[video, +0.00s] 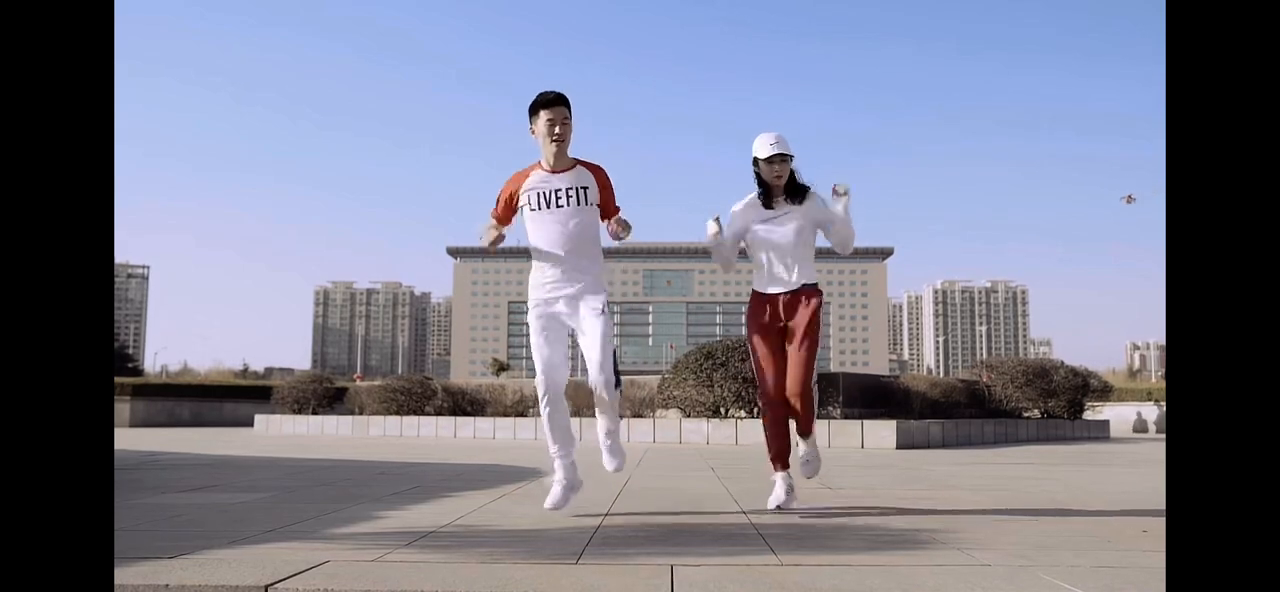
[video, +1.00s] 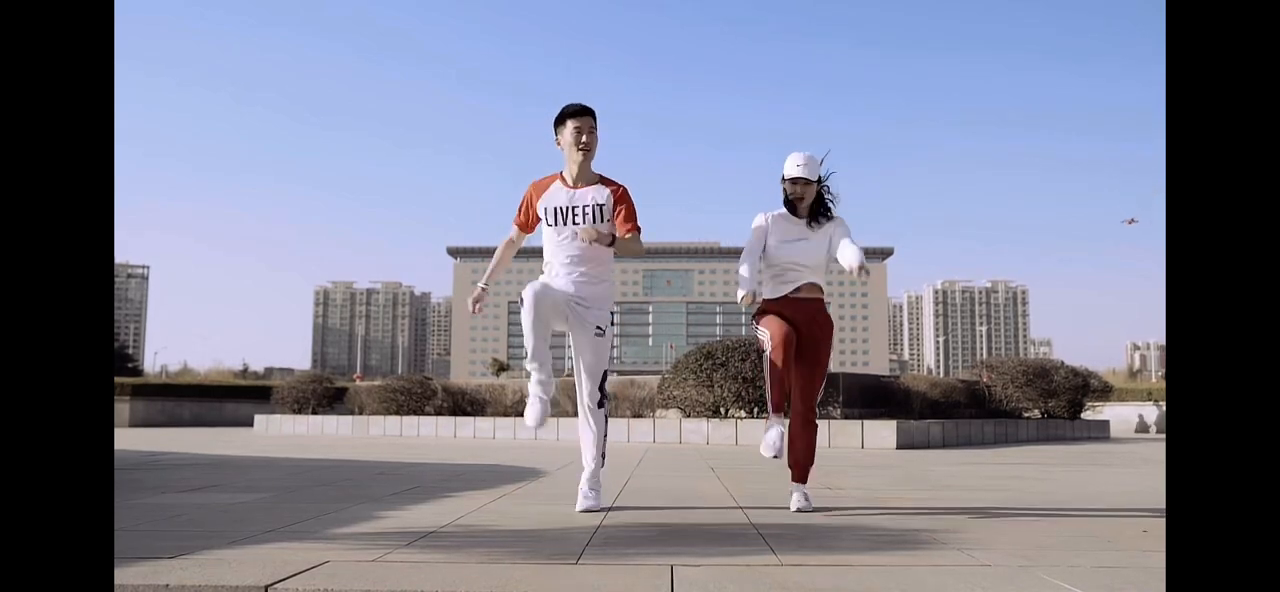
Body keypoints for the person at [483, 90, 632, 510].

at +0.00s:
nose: (558, 130)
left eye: (564, 123)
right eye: (550, 124)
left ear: (572, 128)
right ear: (534, 131)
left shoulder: (594, 175)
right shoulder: (520, 182)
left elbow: (614, 225)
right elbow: (495, 226)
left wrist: (619, 228)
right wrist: (493, 235)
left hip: (589, 290)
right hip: (544, 294)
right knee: (548, 386)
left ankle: (609, 432)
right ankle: (565, 473)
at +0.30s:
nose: (551, 133)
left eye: (557, 126)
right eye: (542, 128)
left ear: (565, 130)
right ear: (527, 136)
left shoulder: (591, 174)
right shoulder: (519, 189)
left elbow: (617, 222)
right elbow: (498, 239)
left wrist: (626, 257)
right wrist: (481, 270)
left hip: (589, 295)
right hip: (544, 300)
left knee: (604, 384)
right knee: (549, 396)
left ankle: (588, 406)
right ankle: (553, 487)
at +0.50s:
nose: (567, 146)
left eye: (573, 140)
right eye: (559, 140)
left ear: (581, 146)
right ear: (543, 147)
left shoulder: (602, 195)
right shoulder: (526, 196)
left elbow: (611, 247)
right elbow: (494, 240)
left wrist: (623, 286)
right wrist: (506, 224)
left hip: (590, 296)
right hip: (548, 303)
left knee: (583, 329)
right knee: (553, 404)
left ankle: (596, 406)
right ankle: (564, 484)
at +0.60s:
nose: (573, 136)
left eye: (579, 130)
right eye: (565, 129)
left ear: (587, 135)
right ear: (549, 134)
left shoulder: (603, 182)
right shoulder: (528, 182)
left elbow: (607, 225)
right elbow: (502, 233)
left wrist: (617, 259)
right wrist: (530, 217)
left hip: (592, 289)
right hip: (551, 295)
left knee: (587, 364)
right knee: (558, 386)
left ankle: (589, 461)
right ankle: (571, 471)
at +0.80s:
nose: (586, 154)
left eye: (592, 147)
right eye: (578, 146)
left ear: (598, 153)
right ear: (560, 152)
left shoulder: (608, 202)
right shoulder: (538, 202)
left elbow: (627, 242)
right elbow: (513, 257)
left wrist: (651, 277)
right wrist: (545, 275)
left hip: (596, 318)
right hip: (554, 321)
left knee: (595, 397)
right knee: (568, 405)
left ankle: (589, 489)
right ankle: (585, 475)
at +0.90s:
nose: (585, 130)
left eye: (591, 123)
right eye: (577, 123)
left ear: (598, 131)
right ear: (559, 131)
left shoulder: (615, 179)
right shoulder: (539, 181)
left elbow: (632, 232)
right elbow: (523, 239)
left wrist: (634, 269)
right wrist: (517, 289)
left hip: (595, 295)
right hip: (552, 294)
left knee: (591, 387)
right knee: (540, 368)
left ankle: (591, 477)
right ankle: (568, 436)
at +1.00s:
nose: (585, 137)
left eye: (591, 131)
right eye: (577, 131)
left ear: (597, 139)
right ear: (559, 139)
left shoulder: (614, 192)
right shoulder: (539, 191)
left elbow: (636, 247)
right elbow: (514, 239)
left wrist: (612, 241)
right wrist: (483, 284)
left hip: (594, 304)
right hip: (554, 294)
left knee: (591, 394)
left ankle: (591, 480)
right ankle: (540, 387)